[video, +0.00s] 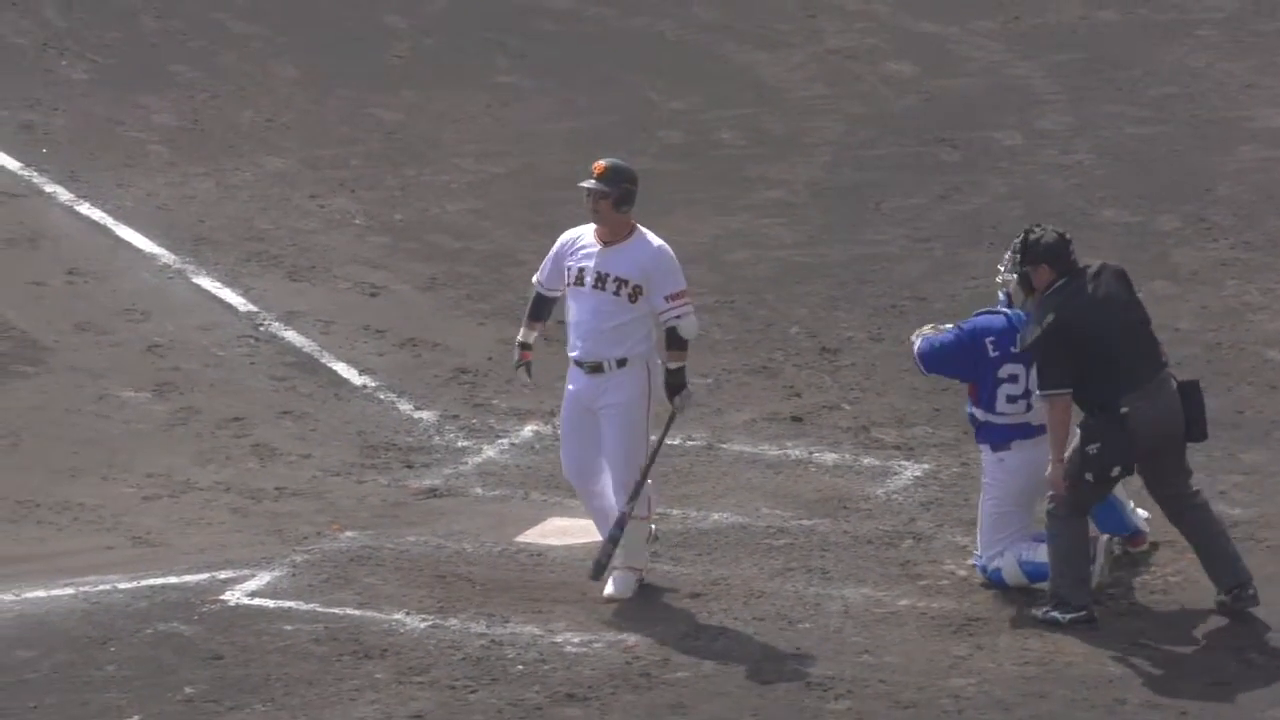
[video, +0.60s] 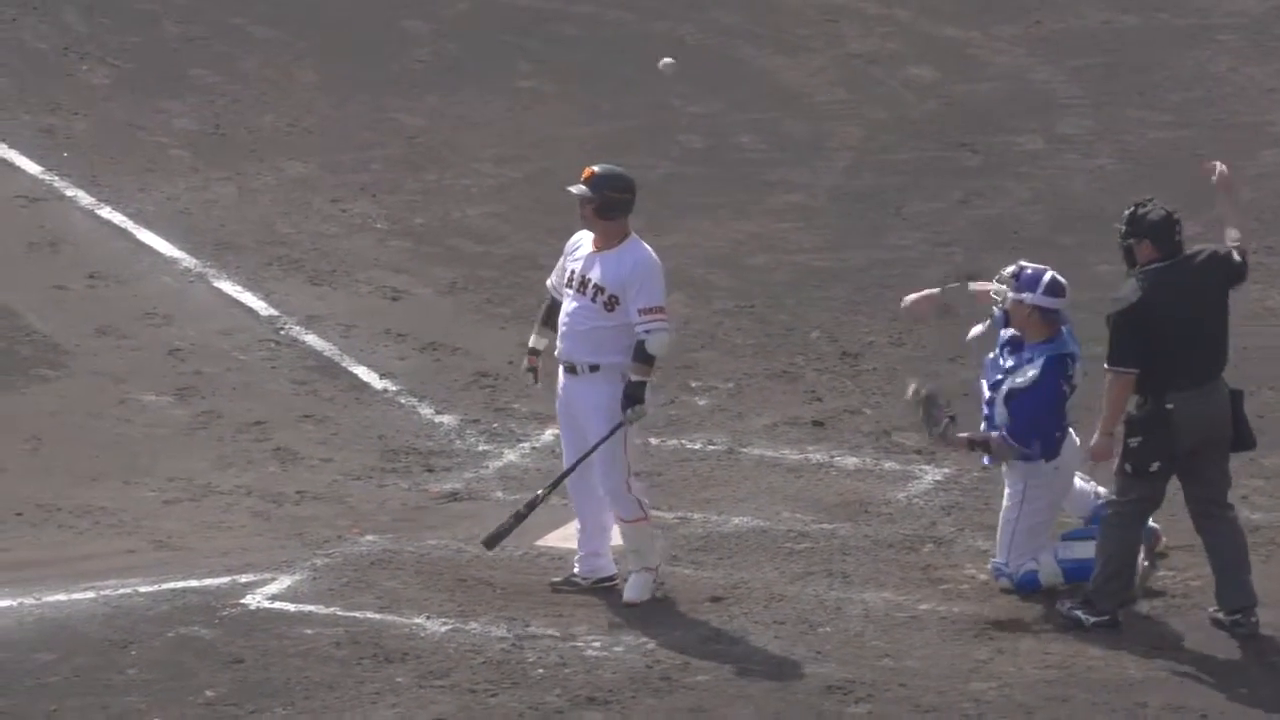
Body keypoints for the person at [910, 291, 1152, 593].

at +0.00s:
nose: (1005, 286)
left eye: (1010, 279)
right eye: (1009, 276)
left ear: (1018, 287)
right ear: (1048, 285)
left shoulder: (989, 329)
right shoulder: (1066, 322)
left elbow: (926, 351)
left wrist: (929, 333)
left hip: (1010, 462)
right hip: (1064, 446)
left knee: (994, 560)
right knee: (1084, 480)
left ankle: (1084, 553)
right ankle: (1132, 529)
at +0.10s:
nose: (1004, 289)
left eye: (1009, 283)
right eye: (1009, 282)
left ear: (1014, 291)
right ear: (1048, 294)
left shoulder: (981, 333)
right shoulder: (1063, 327)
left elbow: (919, 343)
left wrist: (885, 333)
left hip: (1009, 465)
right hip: (1064, 446)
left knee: (997, 562)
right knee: (1090, 480)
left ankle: (1088, 557)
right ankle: (1139, 537)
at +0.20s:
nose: (1023, 300)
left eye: (1018, 290)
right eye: (1032, 295)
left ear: (1011, 293)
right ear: (1052, 301)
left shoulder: (982, 337)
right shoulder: (1067, 338)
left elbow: (910, 341)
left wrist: (855, 344)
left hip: (1011, 466)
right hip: (1065, 452)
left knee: (1002, 565)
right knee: (1092, 490)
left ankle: (1088, 566)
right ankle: (1140, 536)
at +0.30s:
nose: (1007, 298)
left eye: (1011, 294)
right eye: (1017, 295)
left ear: (1015, 300)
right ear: (1058, 308)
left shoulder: (984, 340)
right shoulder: (1072, 343)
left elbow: (908, 363)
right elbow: (1104, 390)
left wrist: (849, 380)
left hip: (1008, 466)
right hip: (1066, 453)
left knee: (1006, 567)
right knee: (1092, 498)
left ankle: (1095, 569)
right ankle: (1136, 538)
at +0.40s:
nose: (1009, 301)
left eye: (1015, 297)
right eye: (1013, 295)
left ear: (1029, 308)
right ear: (1055, 310)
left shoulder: (998, 353)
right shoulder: (1070, 343)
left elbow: (941, 401)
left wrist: (895, 430)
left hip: (1013, 466)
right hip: (1059, 450)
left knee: (1009, 571)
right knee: (1072, 492)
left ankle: (1103, 564)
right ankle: (1135, 537)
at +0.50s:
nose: (1003, 306)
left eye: (1010, 301)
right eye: (1006, 299)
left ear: (1028, 310)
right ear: (1036, 308)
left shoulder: (1028, 376)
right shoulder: (1047, 334)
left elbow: (991, 436)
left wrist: (940, 454)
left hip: (1027, 467)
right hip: (1050, 443)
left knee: (1010, 572)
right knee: (1071, 490)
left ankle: (1114, 559)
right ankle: (1130, 533)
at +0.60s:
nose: (1005, 305)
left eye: (1012, 301)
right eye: (1008, 298)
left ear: (1031, 312)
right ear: (1036, 312)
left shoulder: (1038, 381)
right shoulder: (1042, 327)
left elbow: (1023, 443)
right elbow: (999, 291)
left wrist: (966, 441)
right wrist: (939, 294)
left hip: (1037, 469)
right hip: (1059, 443)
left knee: (1014, 571)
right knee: (1070, 491)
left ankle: (1122, 555)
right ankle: (1136, 530)